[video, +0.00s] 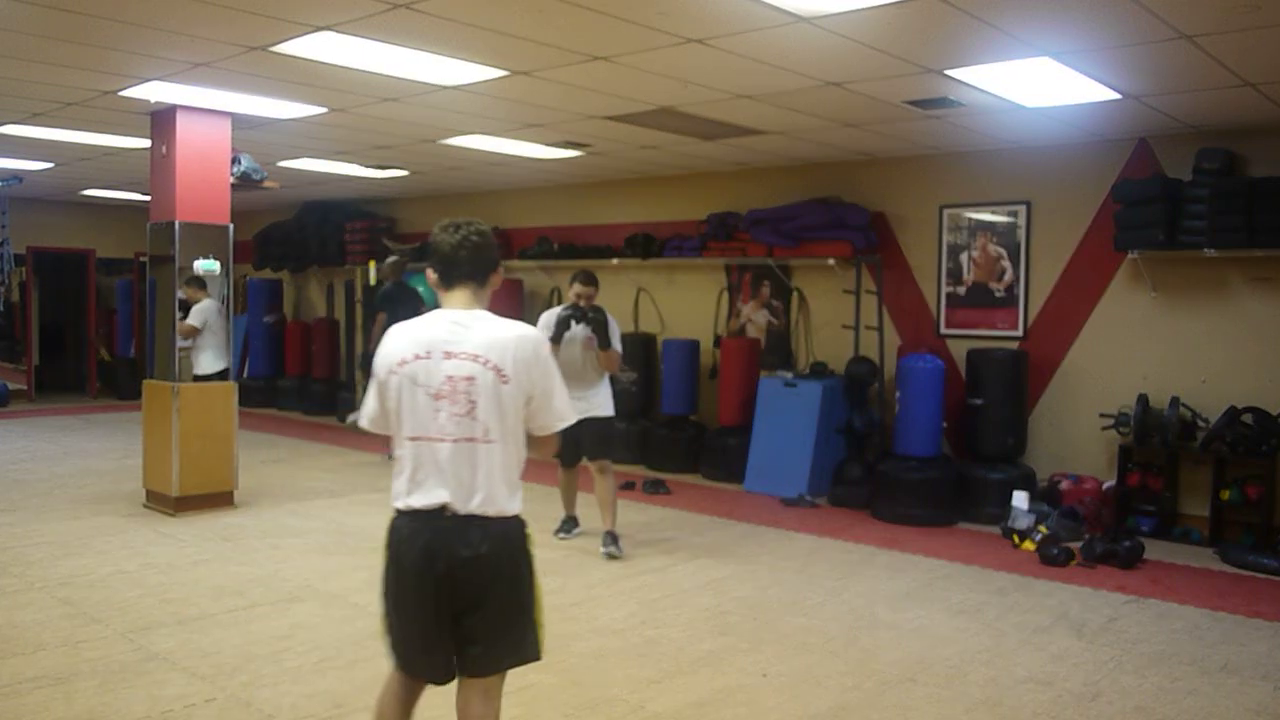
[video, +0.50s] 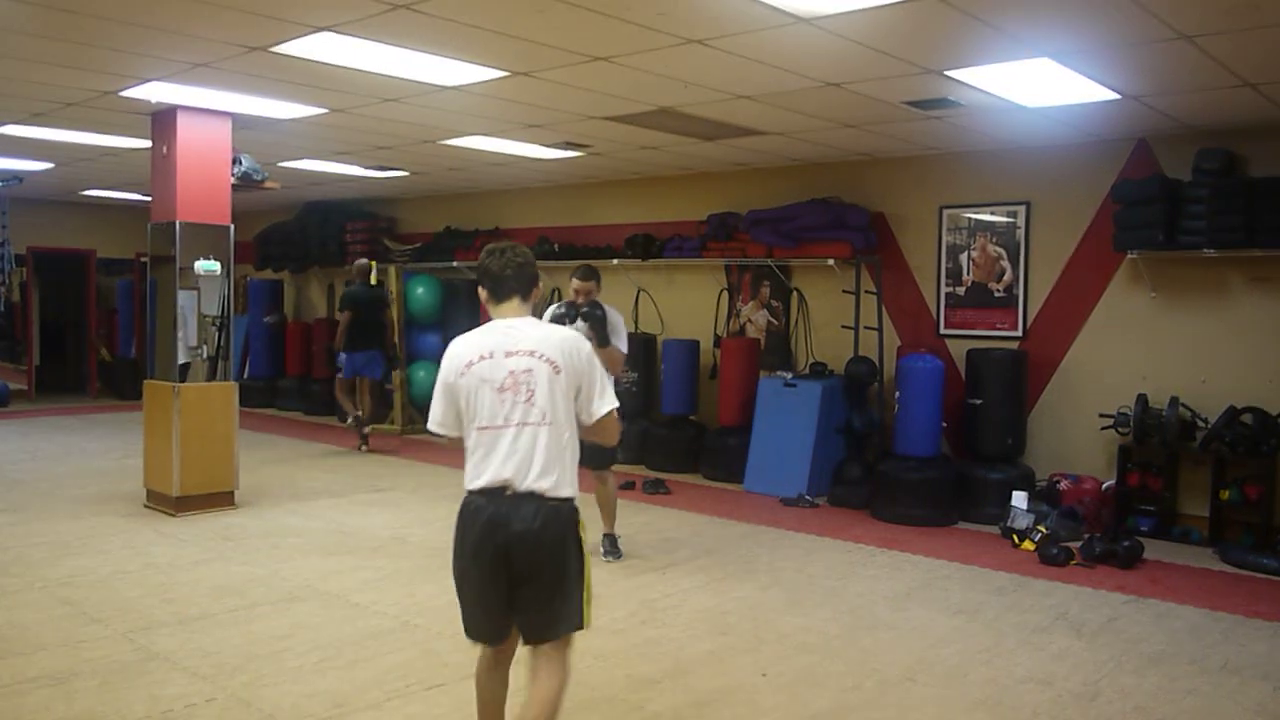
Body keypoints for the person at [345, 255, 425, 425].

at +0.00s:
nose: (380, 271)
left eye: (383, 267)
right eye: (382, 267)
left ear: (390, 270)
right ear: (400, 271)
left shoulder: (386, 292)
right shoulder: (412, 291)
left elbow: (381, 320)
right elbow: (423, 313)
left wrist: (372, 346)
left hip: (389, 343)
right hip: (409, 342)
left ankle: (366, 410)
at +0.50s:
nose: (352, 273)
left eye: (354, 271)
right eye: (356, 270)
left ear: (355, 273)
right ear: (371, 274)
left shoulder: (349, 294)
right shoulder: (380, 294)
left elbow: (345, 321)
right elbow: (389, 321)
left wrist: (338, 345)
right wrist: (390, 345)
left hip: (353, 348)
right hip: (375, 347)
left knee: (342, 389)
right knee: (366, 391)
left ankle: (353, 413)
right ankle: (364, 436)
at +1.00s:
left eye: (315, 273)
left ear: (315, 274)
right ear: (331, 274)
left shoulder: (310, 293)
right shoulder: (341, 292)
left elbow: (306, 319)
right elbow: (350, 316)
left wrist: (300, 340)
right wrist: (348, 335)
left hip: (317, 346)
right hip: (337, 344)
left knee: (315, 389)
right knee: (330, 385)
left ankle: (318, 433)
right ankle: (340, 414)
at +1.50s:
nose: (292, 278)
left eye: (293, 275)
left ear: (294, 276)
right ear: (308, 277)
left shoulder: (287, 293)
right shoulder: (316, 294)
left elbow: (282, 318)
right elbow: (323, 318)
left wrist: (274, 338)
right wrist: (324, 340)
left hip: (291, 343)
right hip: (310, 342)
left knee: (282, 380)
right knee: (303, 381)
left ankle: (294, 405)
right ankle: (301, 422)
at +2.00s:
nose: (261, 277)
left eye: (263, 274)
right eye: (263, 273)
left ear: (264, 276)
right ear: (279, 277)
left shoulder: (261, 293)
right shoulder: (288, 294)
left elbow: (256, 319)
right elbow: (296, 317)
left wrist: (252, 342)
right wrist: (294, 338)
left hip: (264, 342)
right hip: (284, 342)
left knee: (262, 379)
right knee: (282, 378)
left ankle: (264, 421)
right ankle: (289, 406)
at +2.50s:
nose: (249, 278)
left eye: (249, 275)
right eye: (253, 275)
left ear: (247, 277)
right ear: (261, 277)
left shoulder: (242, 293)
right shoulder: (269, 294)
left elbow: (235, 315)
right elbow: (275, 316)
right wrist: (279, 340)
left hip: (245, 340)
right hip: (264, 339)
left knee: (240, 374)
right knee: (257, 375)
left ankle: (251, 400)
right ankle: (255, 408)